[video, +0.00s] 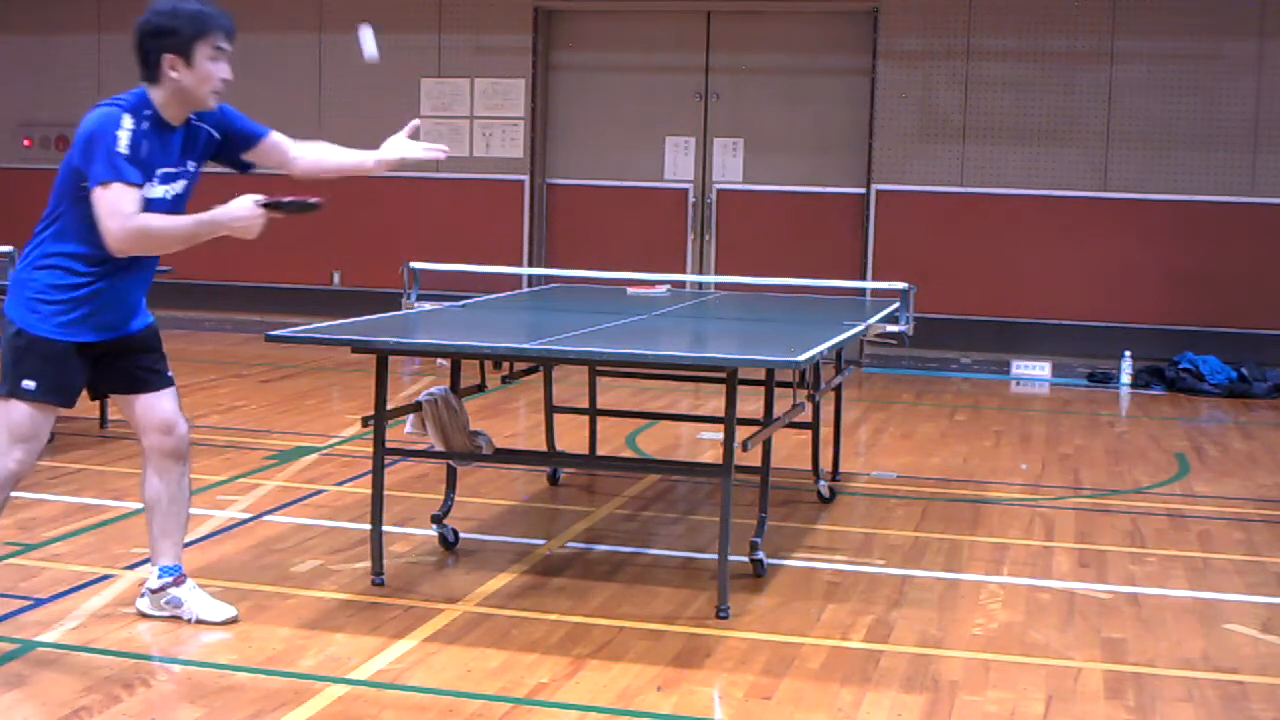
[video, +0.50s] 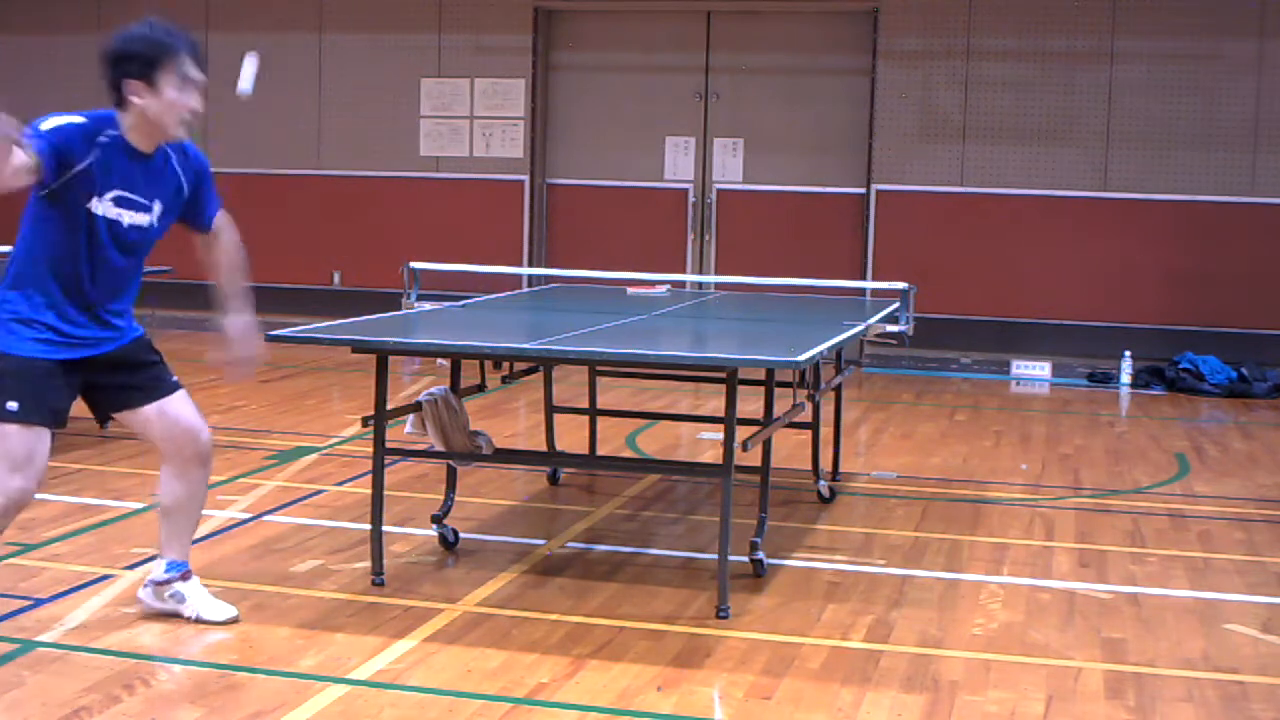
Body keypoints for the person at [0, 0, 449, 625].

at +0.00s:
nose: (227, 73)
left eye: (228, 59)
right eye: (216, 58)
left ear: (182, 66)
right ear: (170, 63)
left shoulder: (208, 123)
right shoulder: (112, 125)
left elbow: (293, 157)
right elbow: (123, 234)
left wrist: (380, 157)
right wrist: (221, 220)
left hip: (122, 311)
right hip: (47, 311)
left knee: (168, 436)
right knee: (15, 454)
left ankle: (166, 582)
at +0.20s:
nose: (186, 49)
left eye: (183, 35)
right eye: (172, 37)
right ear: (128, 53)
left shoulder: (181, 113)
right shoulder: (80, 115)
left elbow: (271, 147)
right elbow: (44, 211)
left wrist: (358, 166)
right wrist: (151, 235)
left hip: (110, 312)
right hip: (32, 311)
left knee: (164, 438)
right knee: (10, 454)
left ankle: (165, 582)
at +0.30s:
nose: (176, 53)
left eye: (173, 39)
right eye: (161, 41)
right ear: (117, 56)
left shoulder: (178, 120)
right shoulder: (65, 120)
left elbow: (263, 163)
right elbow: (7, 191)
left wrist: (342, 201)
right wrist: (73, 204)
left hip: (111, 313)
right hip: (30, 317)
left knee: (167, 439)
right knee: (9, 463)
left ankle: (164, 581)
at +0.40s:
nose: (177, 72)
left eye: (174, 57)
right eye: (161, 59)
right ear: (116, 73)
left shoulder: (179, 138)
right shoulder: (62, 128)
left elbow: (252, 197)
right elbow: (9, 186)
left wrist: (306, 250)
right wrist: (8, 164)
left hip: (111, 324)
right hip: (29, 323)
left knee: (177, 445)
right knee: (13, 473)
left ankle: (166, 582)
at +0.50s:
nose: (197, 103)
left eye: (197, 88)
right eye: (183, 87)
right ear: (136, 92)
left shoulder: (186, 166)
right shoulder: (74, 136)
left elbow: (219, 234)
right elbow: (9, 174)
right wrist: (14, 154)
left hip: (110, 331)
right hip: (30, 328)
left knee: (191, 441)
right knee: (16, 483)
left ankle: (169, 578)